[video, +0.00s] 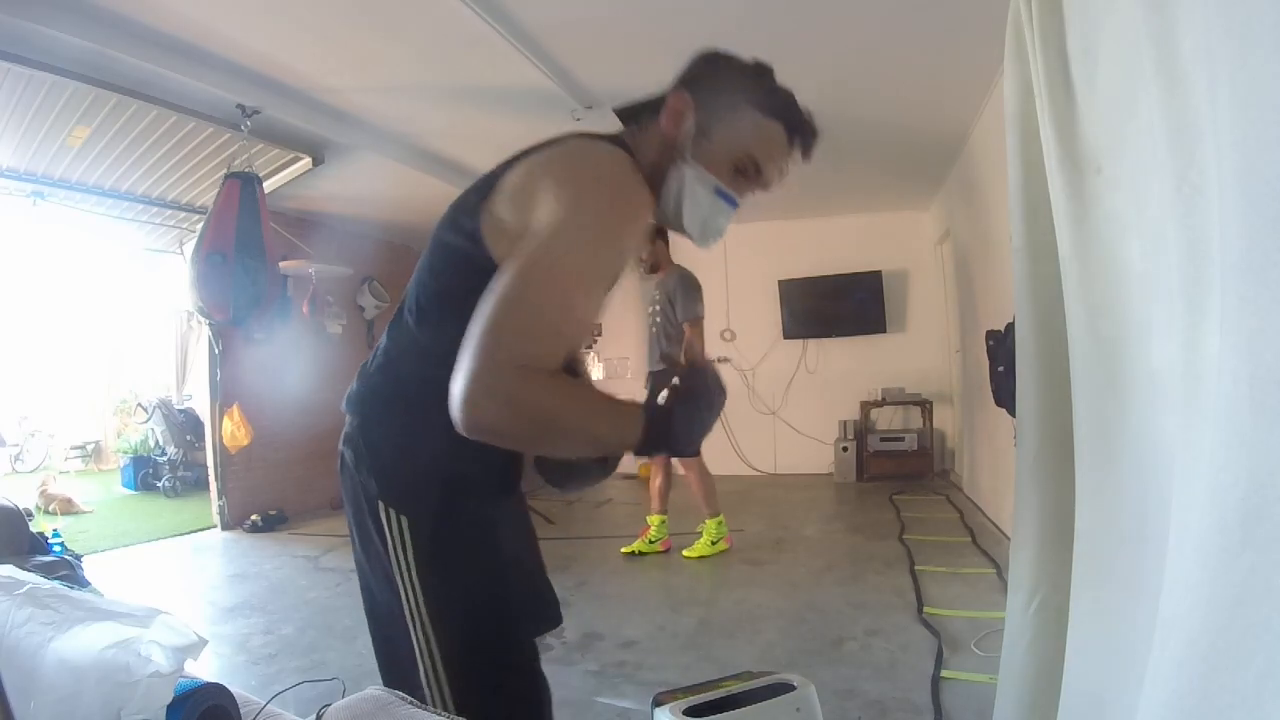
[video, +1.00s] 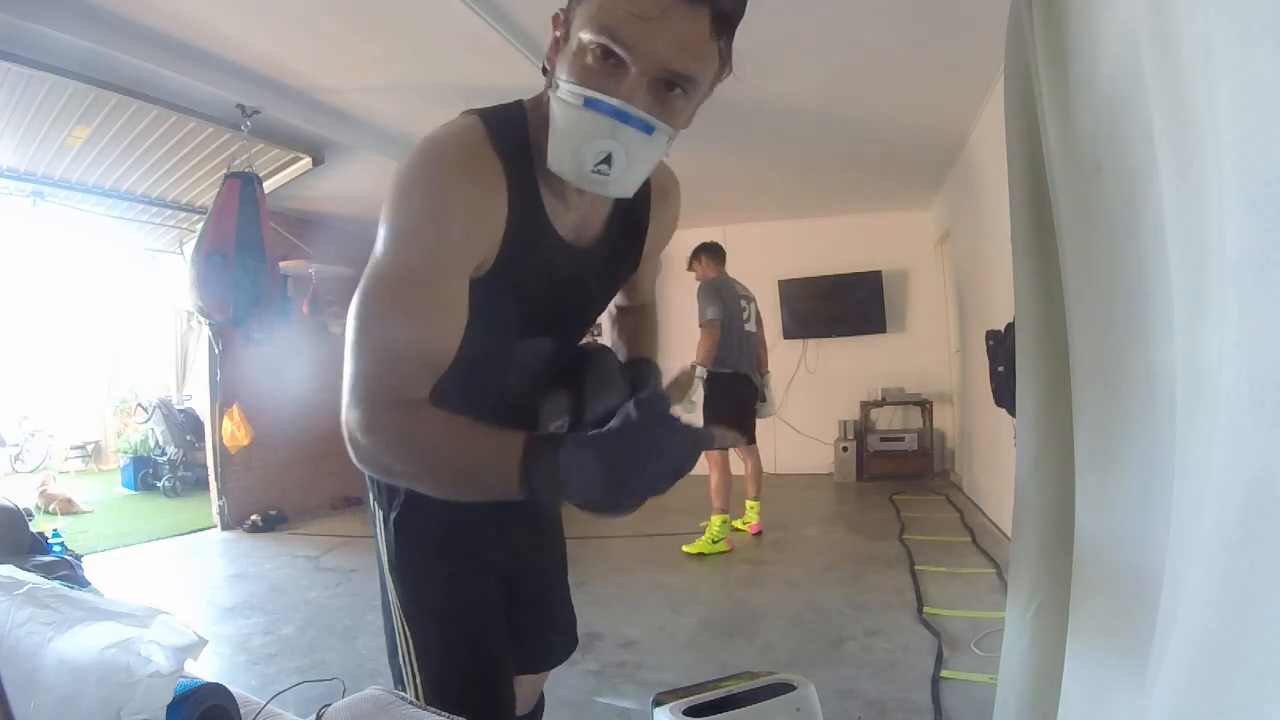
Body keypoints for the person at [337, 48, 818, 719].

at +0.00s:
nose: (741, 199)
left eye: (756, 187)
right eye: (742, 169)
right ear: (679, 117)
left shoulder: (612, 187)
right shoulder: (600, 186)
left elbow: (548, 351)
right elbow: (488, 397)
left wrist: (579, 441)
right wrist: (656, 425)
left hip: (467, 457)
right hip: (420, 461)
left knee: (509, 677)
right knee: (485, 703)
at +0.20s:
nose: (703, 161)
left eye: (725, 146)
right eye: (696, 124)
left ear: (738, 147)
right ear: (630, 80)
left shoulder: (618, 196)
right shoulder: (521, 169)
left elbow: (581, 311)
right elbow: (447, 404)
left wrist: (604, 414)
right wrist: (644, 397)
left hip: (502, 441)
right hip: (425, 449)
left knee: (537, 639)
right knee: (487, 699)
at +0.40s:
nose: (683, 127)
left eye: (709, 121)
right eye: (670, 86)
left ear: (720, 133)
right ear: (610, 63)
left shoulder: (623, 202)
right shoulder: (508, 166)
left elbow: (584, 304)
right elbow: (435, 400)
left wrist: (603, 411)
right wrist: (635, 401)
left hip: (506, 442)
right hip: (424, 449)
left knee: (533, 645)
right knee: (485, 699)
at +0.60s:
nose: (674, 102)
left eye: (703, 92)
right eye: (660, 62)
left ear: (714, 107)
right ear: (601, 45)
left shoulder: (623, 190)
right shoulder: (499, 149)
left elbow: (590, 302)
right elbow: (429, 399)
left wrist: (606, 416)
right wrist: (628, 392)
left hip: (505, 440)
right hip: (421, 448)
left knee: (527, 640)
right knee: (472, 695)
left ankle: (521, 706)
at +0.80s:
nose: (653, 97)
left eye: (689, 78)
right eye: (634, 50)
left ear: (713, 89)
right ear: (576, 36)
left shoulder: (640, 194)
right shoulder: (476, 155)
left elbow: (614, 301)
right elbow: (397, 422)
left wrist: (629, 401)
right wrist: (593, 427)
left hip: (520, 456)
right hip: (424, 462)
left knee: (528, 663)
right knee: (468, 701)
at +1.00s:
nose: (627, 106)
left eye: (672, 86)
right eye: (606, 58)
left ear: (707, 94)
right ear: (555, 41)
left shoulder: (654, 197)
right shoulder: (458, 168)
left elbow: (636, 303)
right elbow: (378, 427)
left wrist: (635, 386)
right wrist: (558, 469)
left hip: (533, 452)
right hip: (430, 462)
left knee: (531, 665)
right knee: (470, 700)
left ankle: (517, 712)